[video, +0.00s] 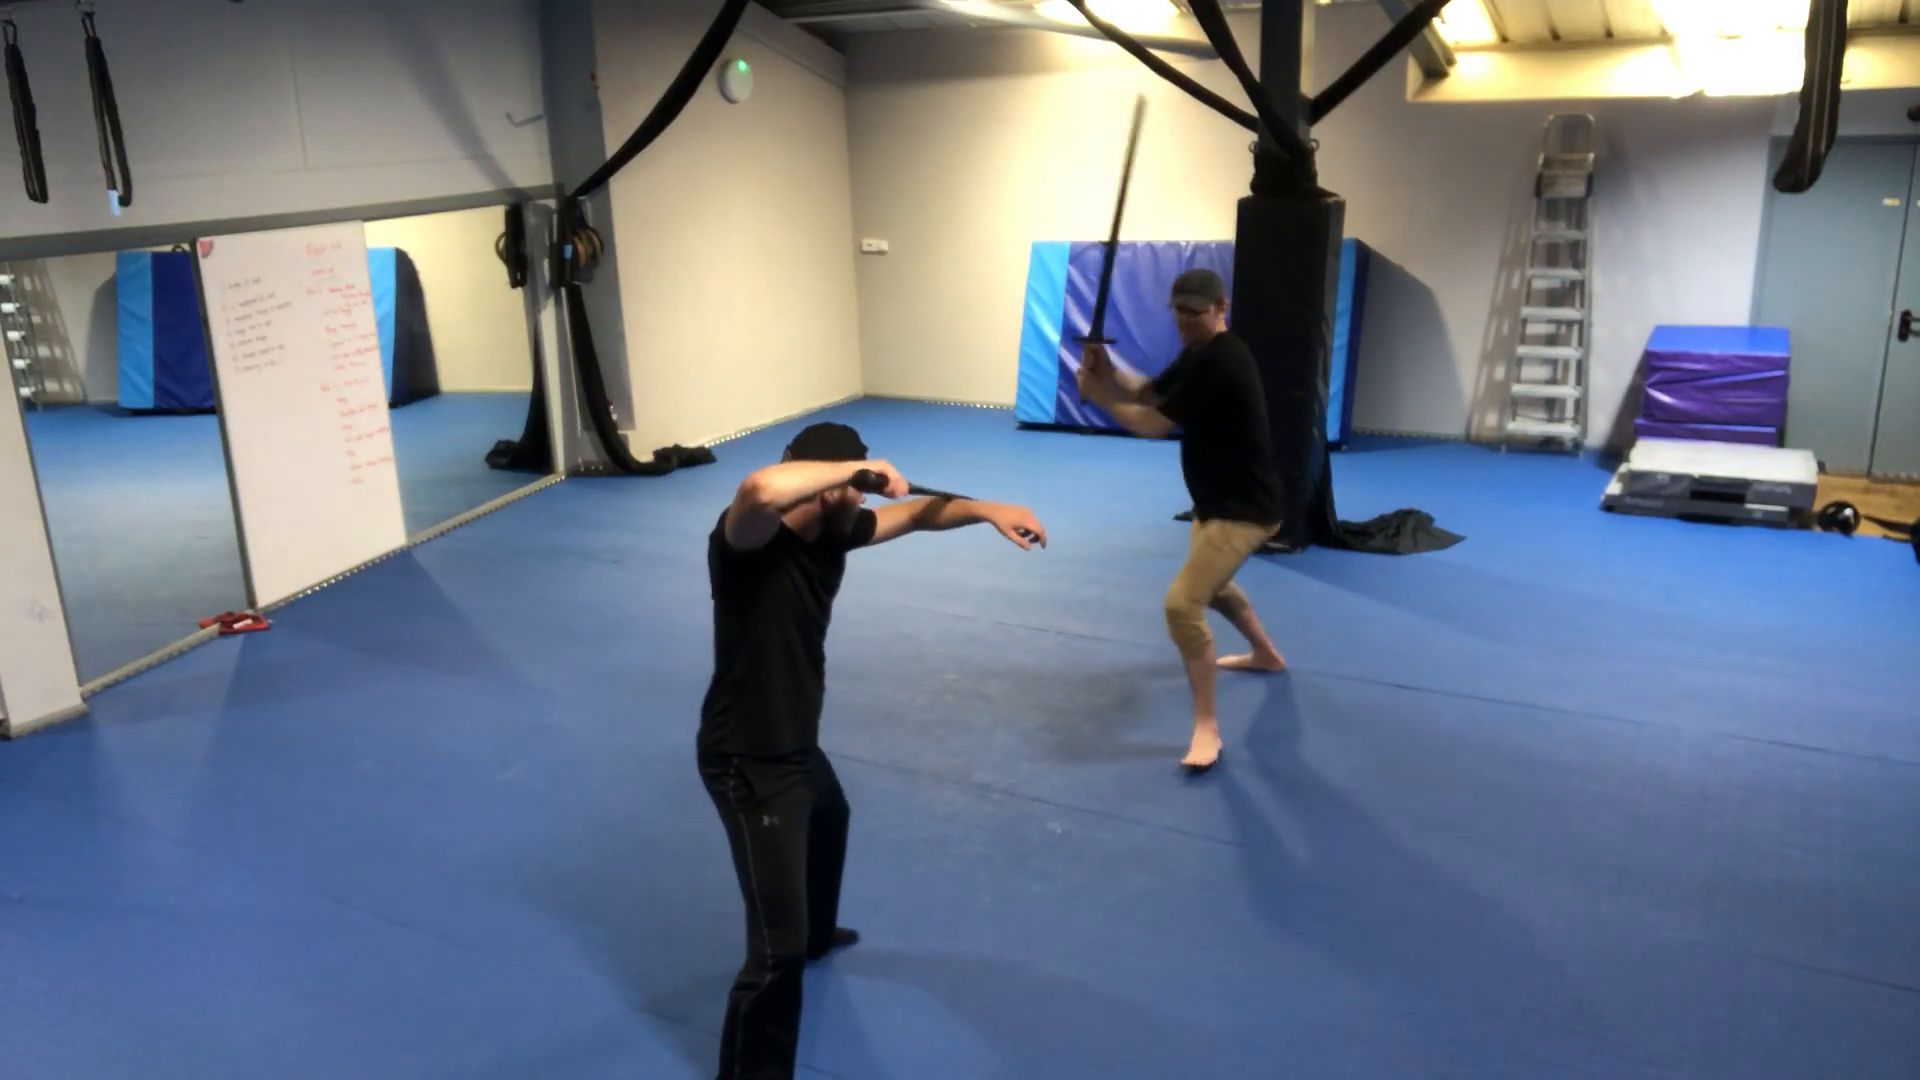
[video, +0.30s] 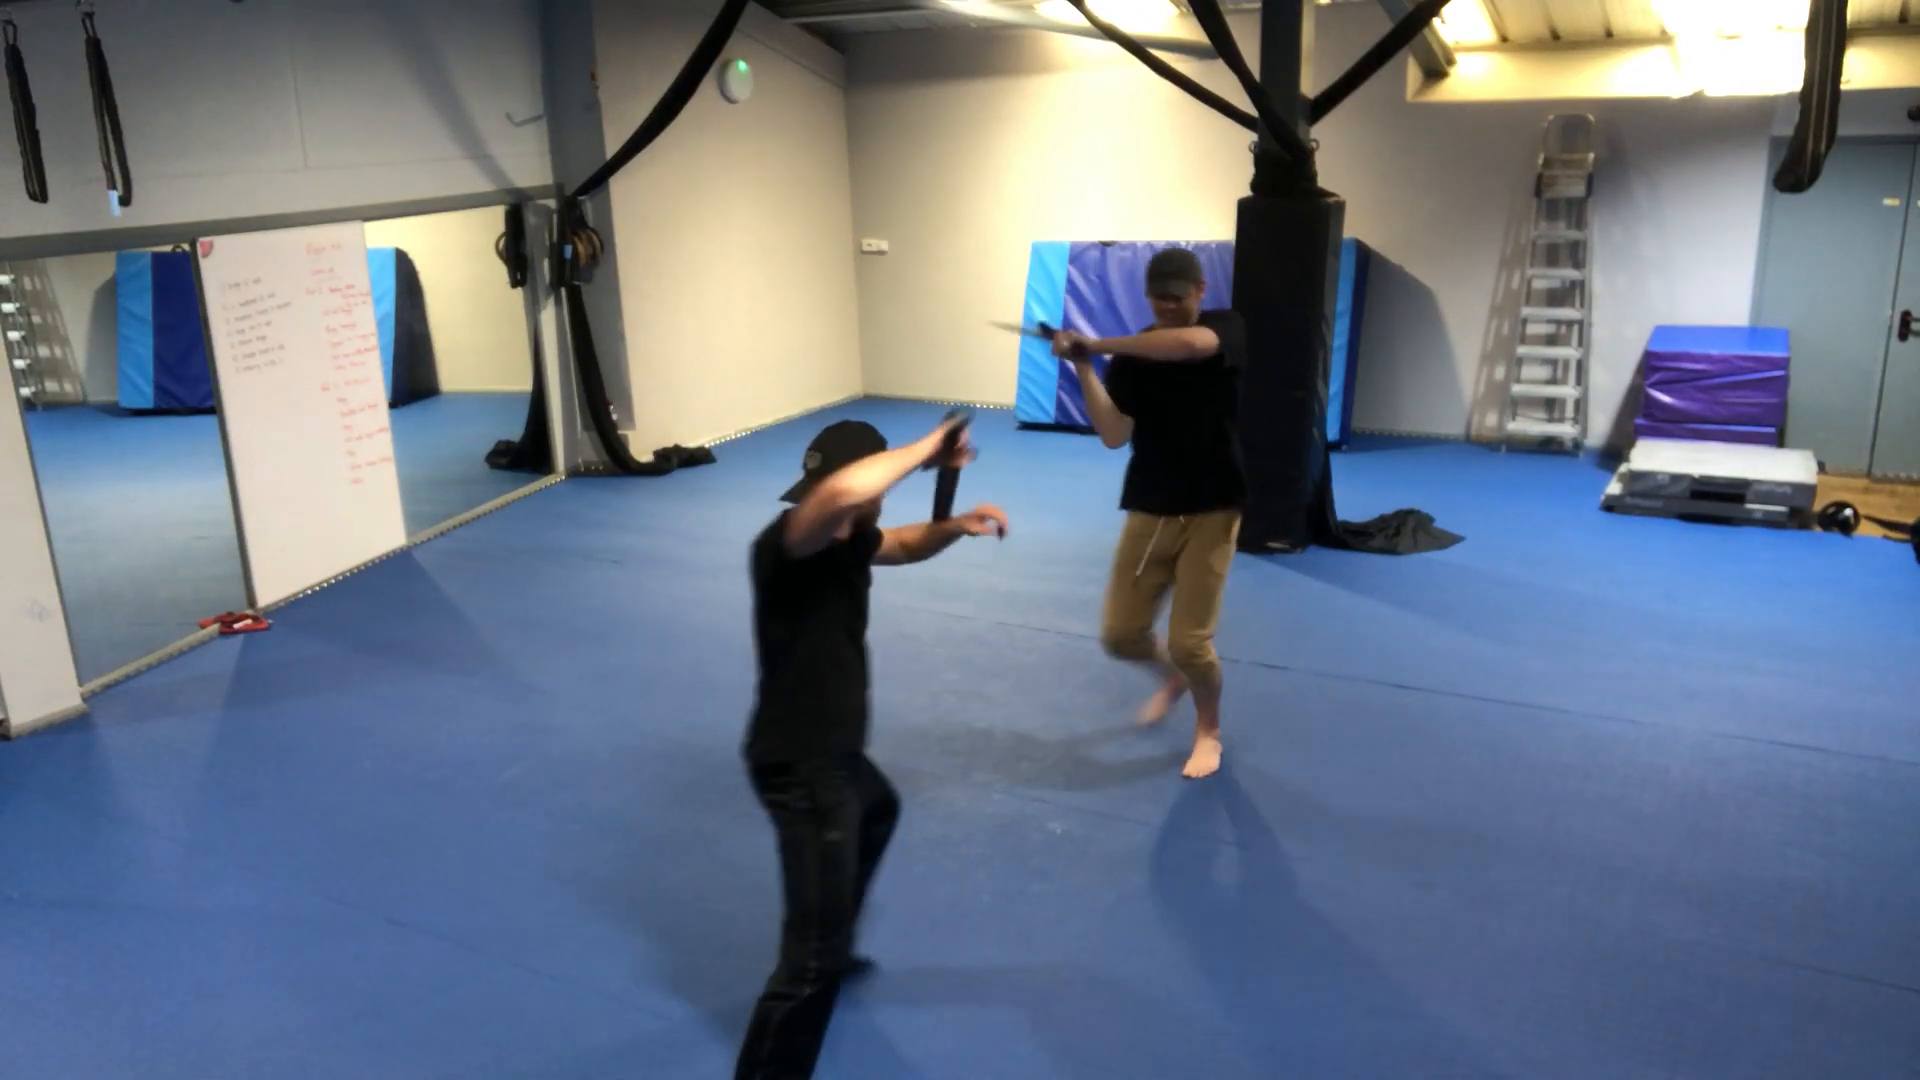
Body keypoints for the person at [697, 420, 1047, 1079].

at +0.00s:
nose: (860, 505)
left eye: (863, 493)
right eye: (853, 491)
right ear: (818, 486)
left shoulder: (831, 536)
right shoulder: (746, 540)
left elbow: (915, 512)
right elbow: (759, 488)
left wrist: (989, 509)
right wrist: (853, 469)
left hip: (795, 749)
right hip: (746, 758)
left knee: (829, 818)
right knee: (780, 949)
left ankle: (810, 933)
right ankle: (752, 1073)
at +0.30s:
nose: (876, 499)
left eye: (877, 487)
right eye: (867, 486)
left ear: (855, 482)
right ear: (834, 482)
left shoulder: (849, 541)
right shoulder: (782, 544)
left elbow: (905, 545)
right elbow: (842, 492)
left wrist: (960, 523)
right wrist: (928, 451)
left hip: (831, 752)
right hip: (795, 761)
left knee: (878, 809)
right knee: (812, 959)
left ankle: (829, 947)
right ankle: (767, 1075)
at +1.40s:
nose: (1122, 429)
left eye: (1117, 420)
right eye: (1119, 421)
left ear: (1058, 429)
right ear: (1112, 432)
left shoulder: (1055, 490)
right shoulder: (1099, 503)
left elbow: (1111, 509)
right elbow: (1141, 587)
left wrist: (1157, 520)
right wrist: (1261, 578)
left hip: (1078, 694)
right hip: (1141, 702)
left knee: (1029, 824)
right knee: (1213, 836)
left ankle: (936, 976)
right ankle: (1247, 967)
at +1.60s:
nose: (1150, 466)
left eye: (1150, 455)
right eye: (1149, 455)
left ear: (1093, 449)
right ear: (1133, 460)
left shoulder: (1084, 514)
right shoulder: (1071, 518)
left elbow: (1097, 572)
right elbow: (971, 593)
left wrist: (1156, 585)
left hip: (1049, 719)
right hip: (1103, 721)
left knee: (1005, 851)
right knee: (1197, 820)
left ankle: (927, 1002)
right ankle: (1243, 960)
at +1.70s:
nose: (1158, 481)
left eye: (1157, 470)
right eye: (1158, 471)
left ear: (1102, 463)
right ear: (1142, 477)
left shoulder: (1087, 530)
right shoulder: (1062, 528)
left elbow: (1068, 609)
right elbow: (952, 591)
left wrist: (1126, 640)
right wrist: (910, 682)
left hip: (1036, 725)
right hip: (1085, 727)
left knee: (1005, 860)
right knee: (1189, 820)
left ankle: (926, 1010)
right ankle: (1241, 957)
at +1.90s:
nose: (1165, 478)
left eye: (1164, 468)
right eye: (1165, 468)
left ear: (1109, 462)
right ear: (1151, 475)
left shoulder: (1100, 524)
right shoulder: (1085, 524)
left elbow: (1086, 613)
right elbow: (1005, 613)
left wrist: (1141, 656)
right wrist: (1006, 718)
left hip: (1048, 724)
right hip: (1091, 725)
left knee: (1006, 858)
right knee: (1191, 814)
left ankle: (926, 1002)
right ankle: (1223, 954)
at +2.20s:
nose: (1172, 432)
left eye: (1166, 424)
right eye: (1171, 423)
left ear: (1105, 426)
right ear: (1163, 426)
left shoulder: (1077, 490)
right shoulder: (1161, 478)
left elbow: (1105, 588)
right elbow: (1233, 504)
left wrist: (1190, 606)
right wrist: (1252, 497)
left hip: (1079, 690)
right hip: (1155, 691)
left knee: (1056, 810)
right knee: (1197, 812)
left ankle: (1053, 964)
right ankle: (1213, 947)